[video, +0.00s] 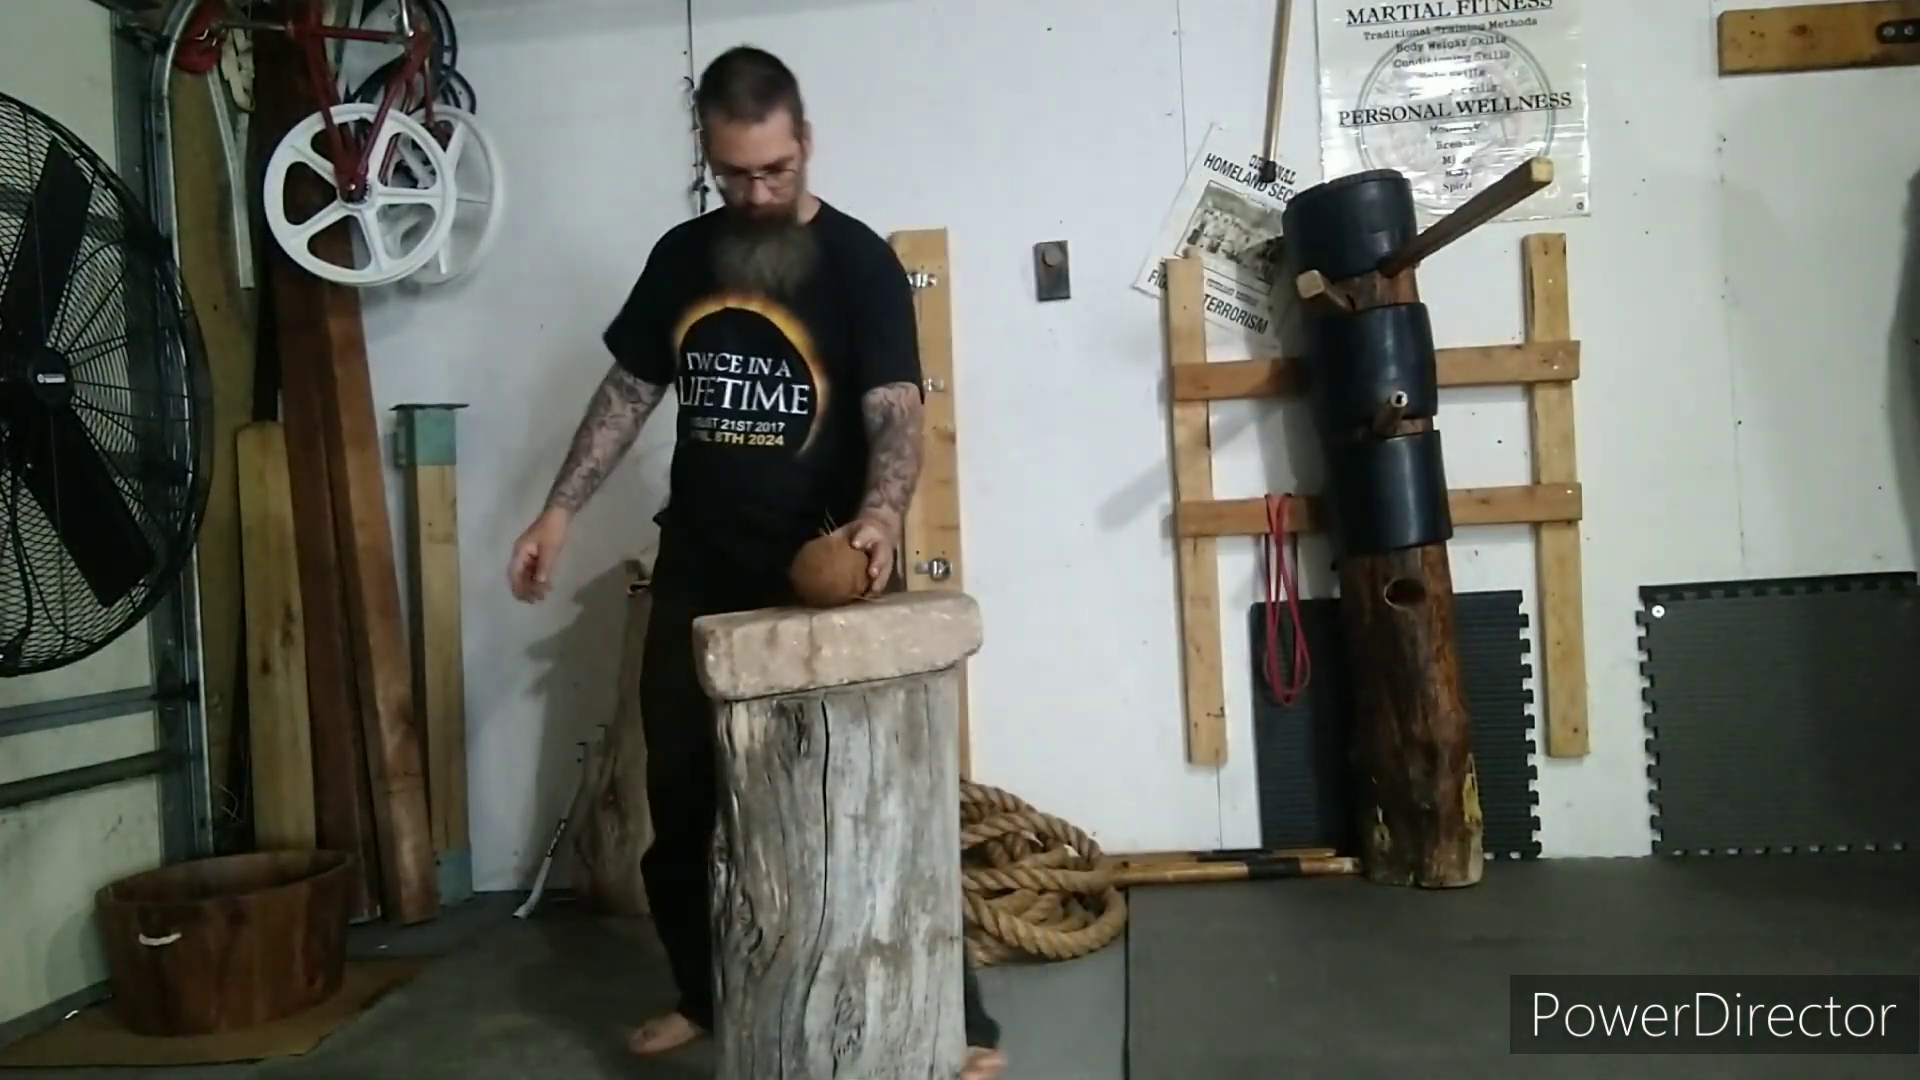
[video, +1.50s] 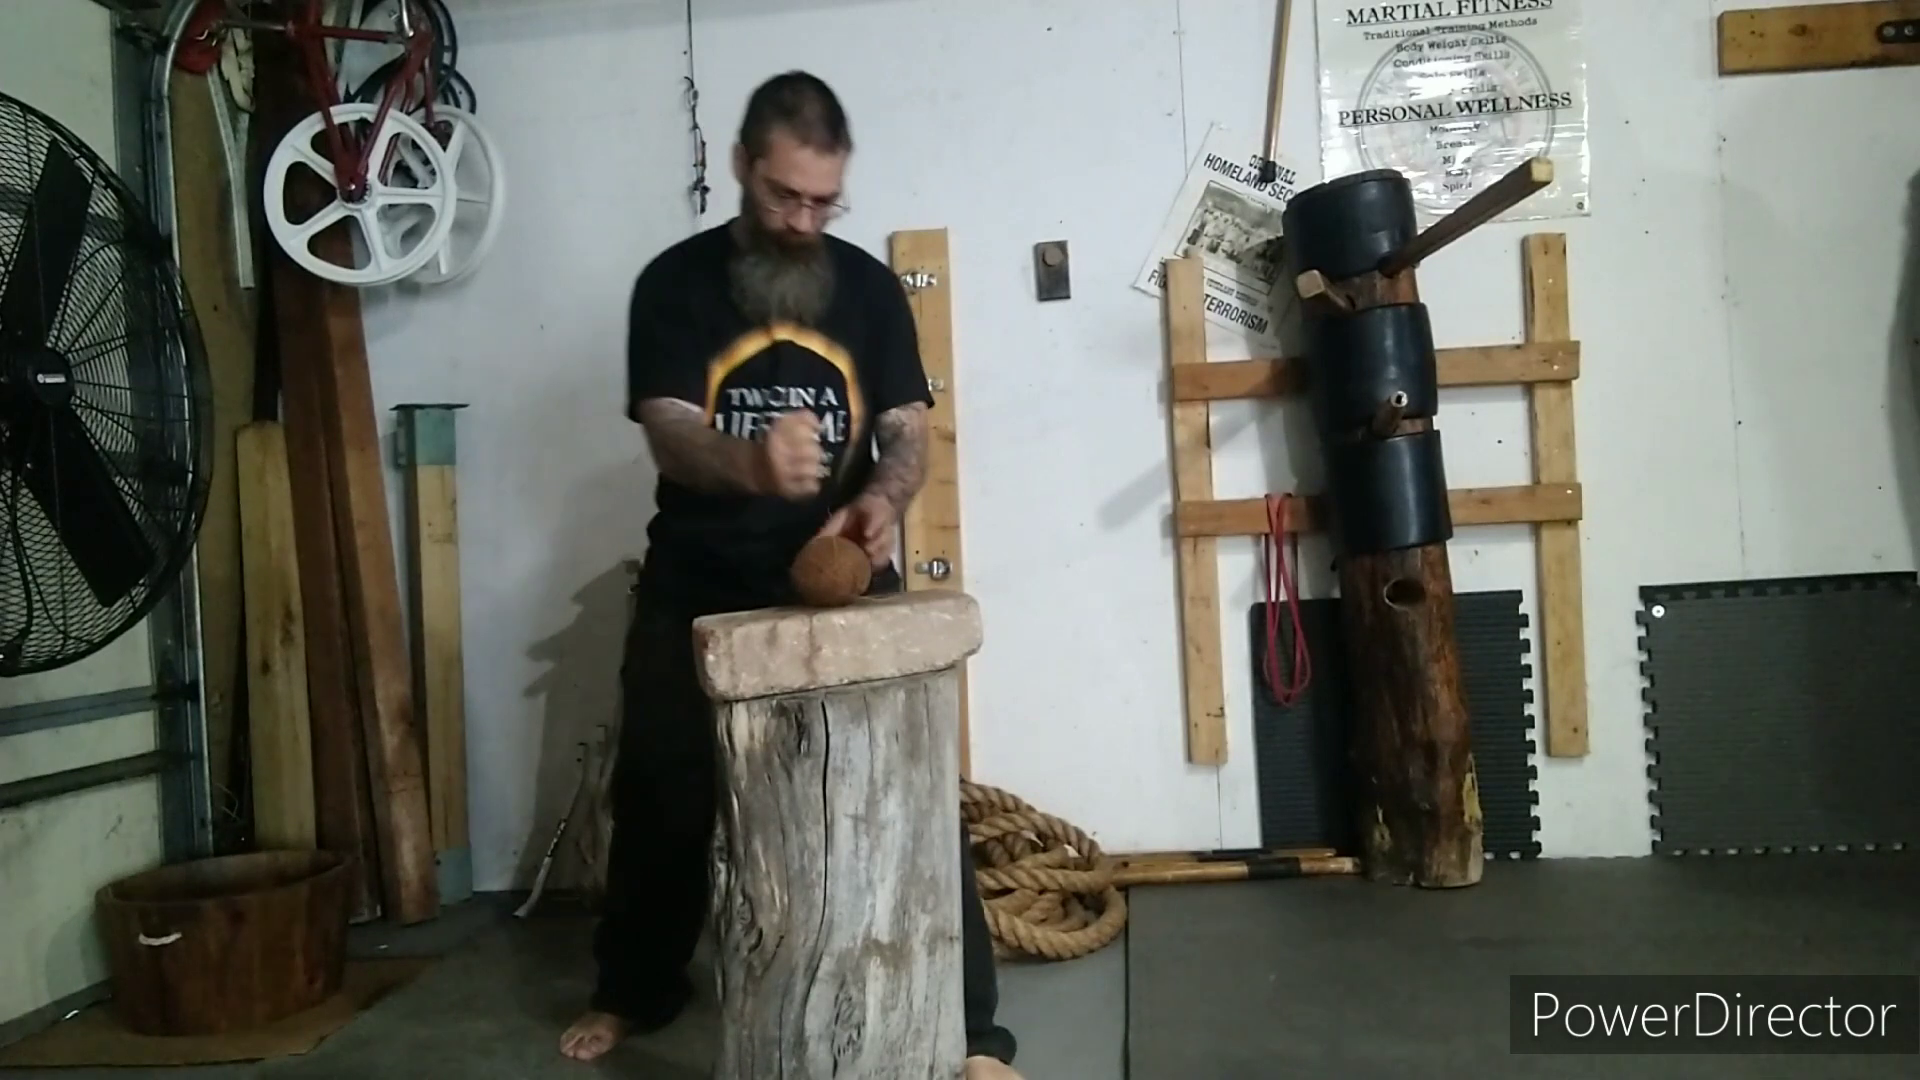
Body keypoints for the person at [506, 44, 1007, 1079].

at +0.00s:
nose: (758, 190)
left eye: (775, 168)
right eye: (736, 171)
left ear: (806, 142)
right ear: (707, 153)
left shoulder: (862, 262)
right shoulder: (681, 257)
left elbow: (897, 421)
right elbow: (628, 391)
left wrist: (881, 521)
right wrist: (557, 512)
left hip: (828, 584)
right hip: (699, 578)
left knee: (874, 808)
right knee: (681, 805)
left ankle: (958, 1022)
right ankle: (700, 1000)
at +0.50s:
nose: (866, 183)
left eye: (888, 162)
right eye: (846, 159)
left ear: (920, 134)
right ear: (812, 128)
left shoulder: (958, 262)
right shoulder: (744, 237)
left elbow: (979, 421)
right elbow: (686, 373)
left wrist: (923, 499)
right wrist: (695, 494)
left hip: (898, 562)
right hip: (744, 556)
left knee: (938, 794)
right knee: (689, 776)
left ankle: (975, 1030)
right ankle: (665, 981)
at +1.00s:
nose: (789, 210)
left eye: (808, 190)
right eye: (771, 186)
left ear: (829, 170)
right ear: (728, 158)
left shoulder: (858, 285)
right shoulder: (651, 272)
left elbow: (890, 442)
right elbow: (585, 421)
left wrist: (805, 413)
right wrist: (702, 432)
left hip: (821, 590)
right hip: (671, 591)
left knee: (891, 805)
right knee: (649, 807)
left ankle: (968, 1031)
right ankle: (628, 995)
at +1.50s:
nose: (804, 218)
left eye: (824, 200)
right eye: (786, 195)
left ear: (845, 181)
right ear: (743, 165)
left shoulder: (871, 286)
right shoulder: (675, 281)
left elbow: (906, 428)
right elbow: (666, 435)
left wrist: (888, 496)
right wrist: (750, 459)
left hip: (847, 579)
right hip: (700, 582)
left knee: (916, 794)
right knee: (661, 791)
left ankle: (972, 1029)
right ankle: (631, 993)